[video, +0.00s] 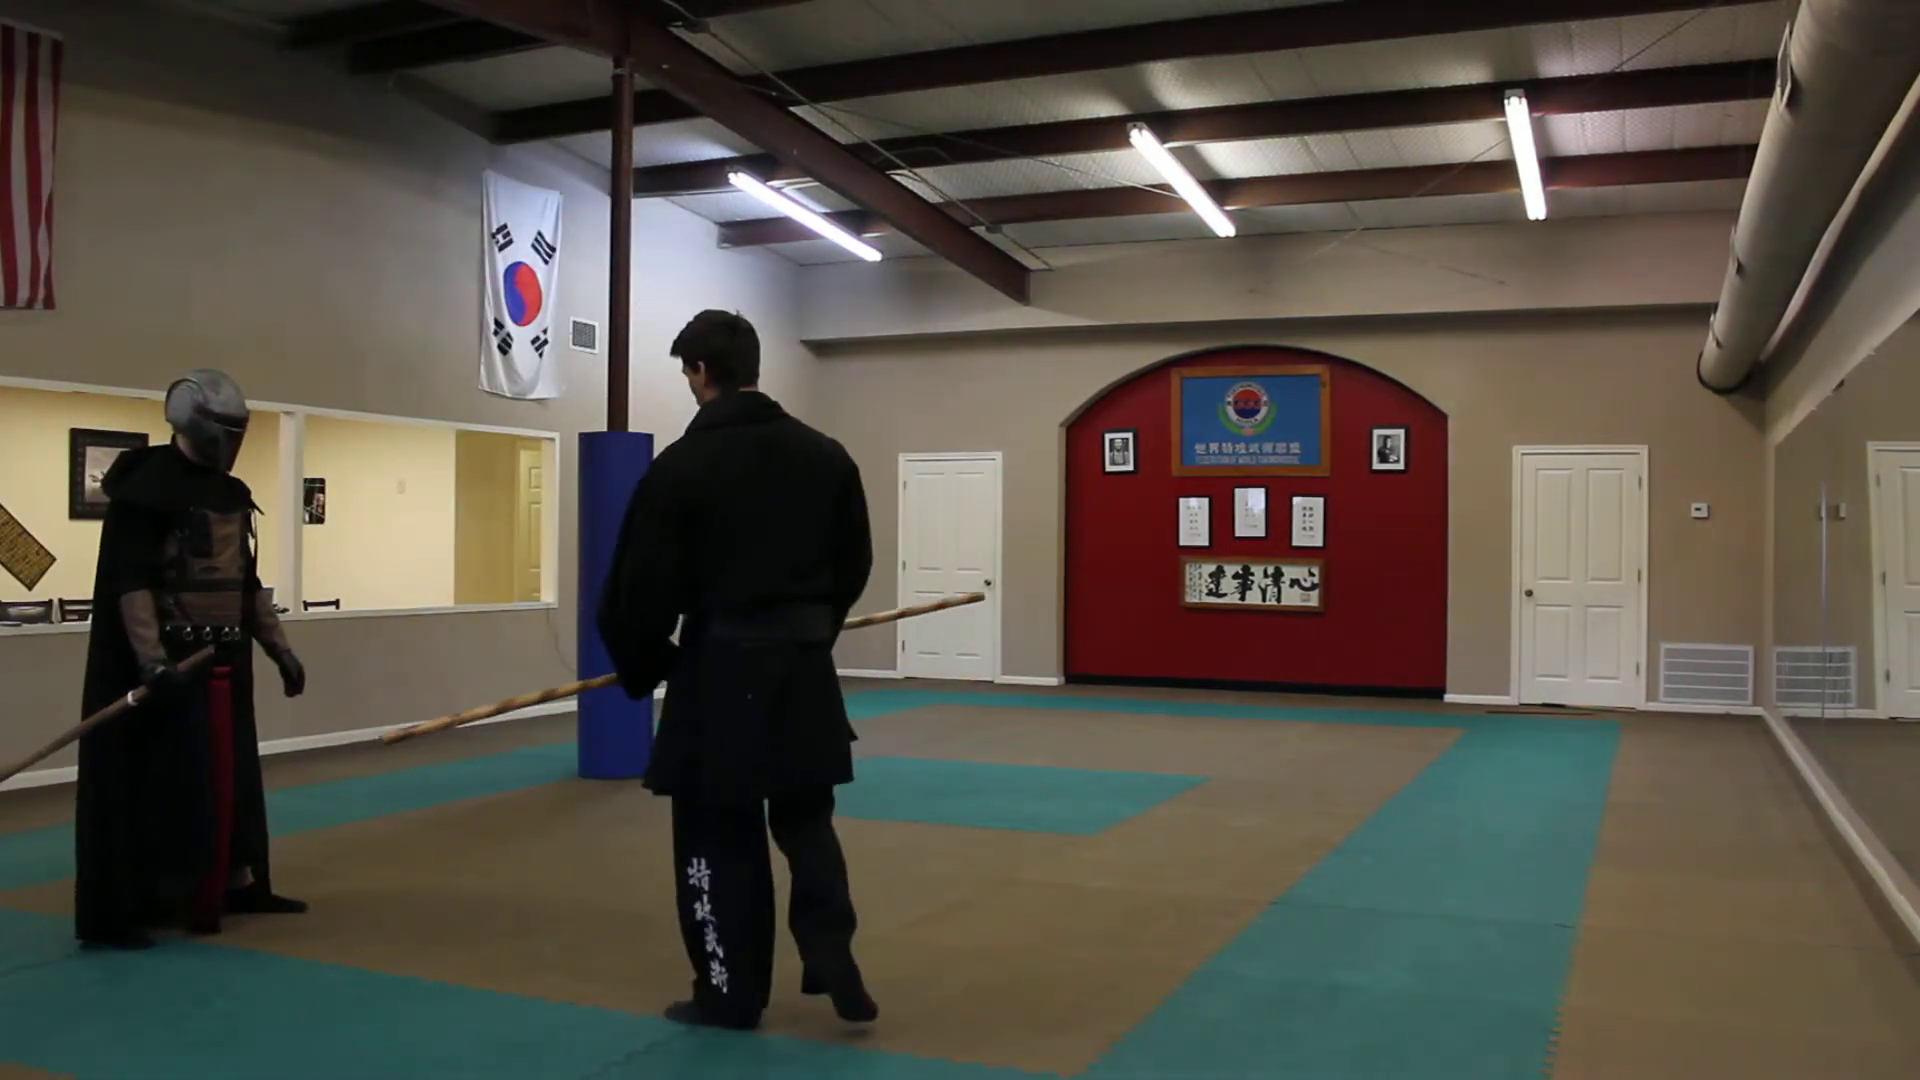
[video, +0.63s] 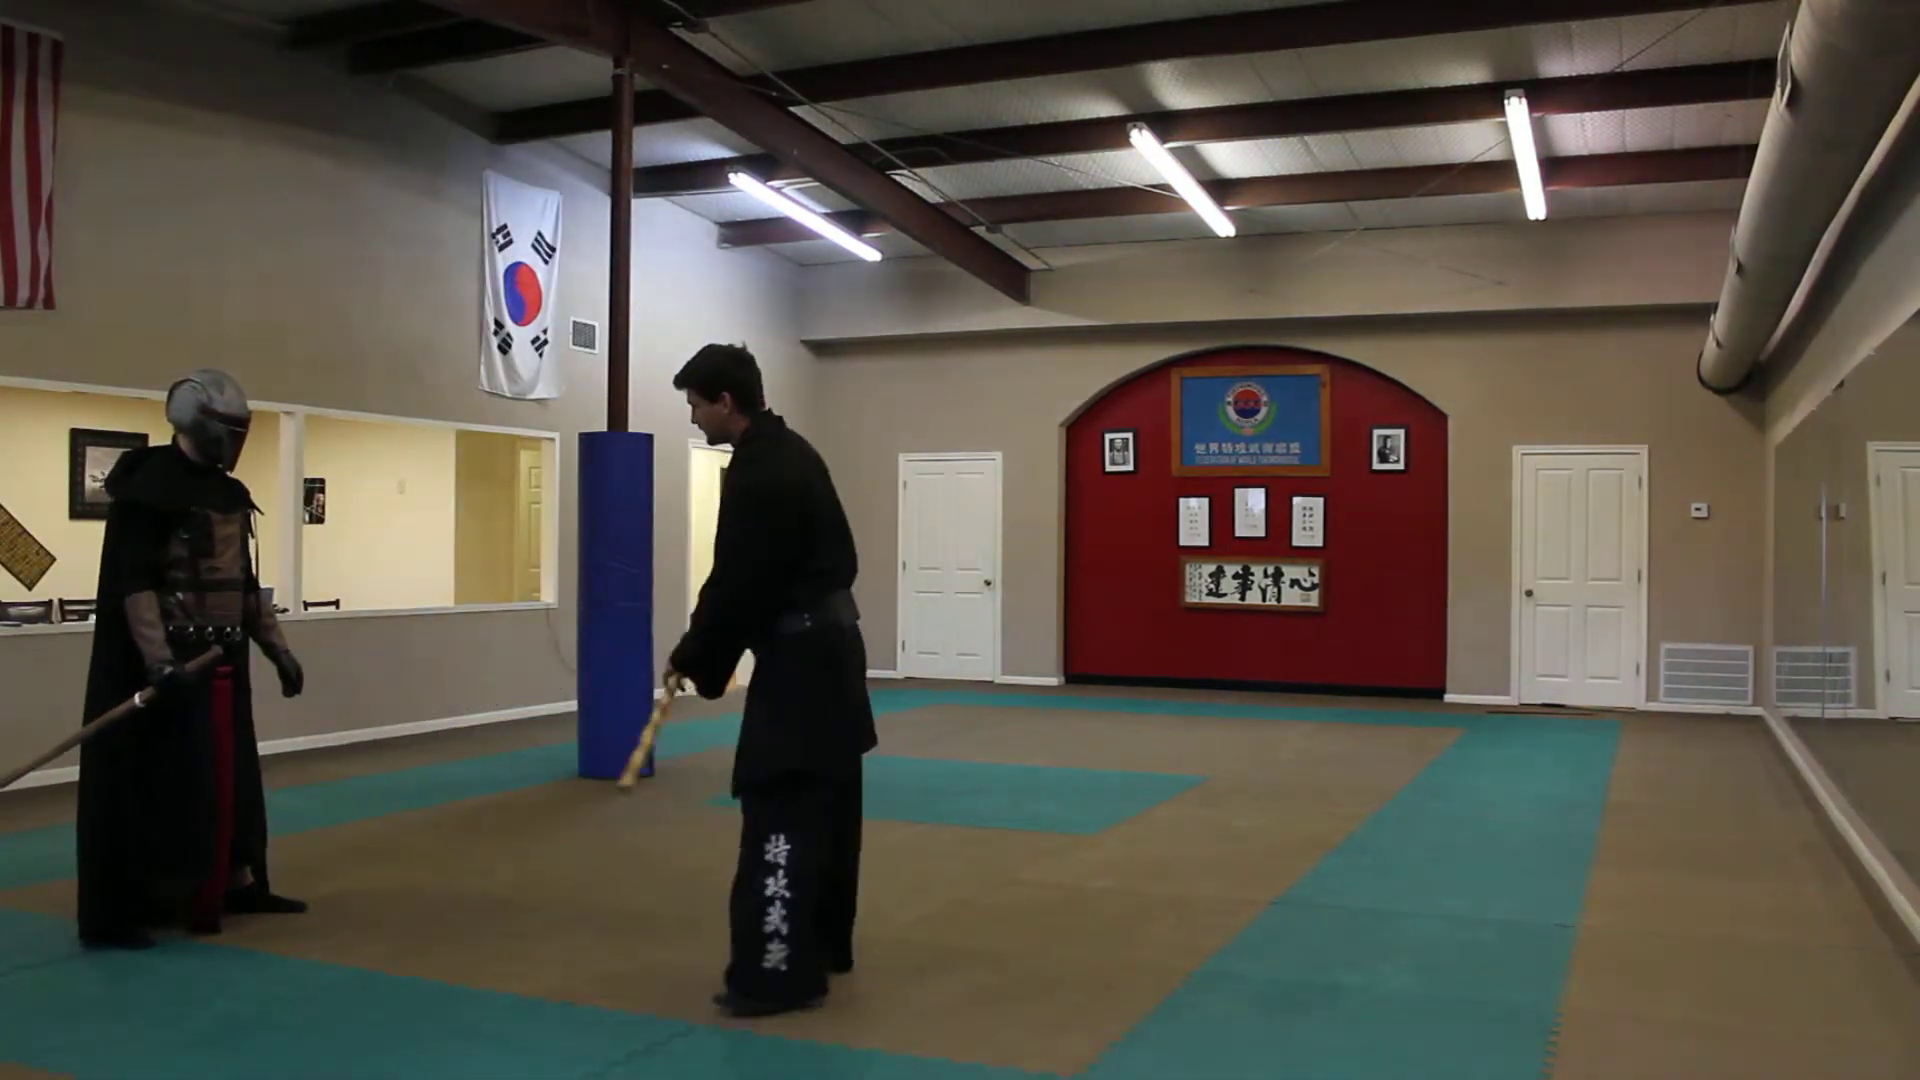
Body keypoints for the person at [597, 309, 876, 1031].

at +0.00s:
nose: (684, 385)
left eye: (683, 374)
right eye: (684, 374)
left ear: (699, 374)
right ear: (755, 369)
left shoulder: (680, 467)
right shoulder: (825, 456)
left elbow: (631, 598)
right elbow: (851, 568)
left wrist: (646, 669)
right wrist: (810, 634)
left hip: (716, 679)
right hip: (804, 676)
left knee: (715, 839)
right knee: (807, 817)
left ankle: (729, 996)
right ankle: (832, 953)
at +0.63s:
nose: (694, 419)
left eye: (697, 406)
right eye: (692, 406)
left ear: (727, 401)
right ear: (739, 399)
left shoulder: (757, 468)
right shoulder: (790, 453)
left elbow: (739, 581)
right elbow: (742, 572)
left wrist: (693, 658)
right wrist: (698, 640)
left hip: (798, 660)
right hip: (832, 649)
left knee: (777, 813)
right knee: (824, 805)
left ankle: (777, 976)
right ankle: (824, 946)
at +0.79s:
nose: (694, 425)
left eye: (698, 412)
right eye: (693, 413)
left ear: (731, 408)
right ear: (735, 407)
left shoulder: (780, 475)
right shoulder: (759, 467)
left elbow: (771, 590)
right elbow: (731, 556)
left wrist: (722, 664)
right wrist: (694, 621)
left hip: (821, 669)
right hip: (785, 665)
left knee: (823, 818)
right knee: (789, 810)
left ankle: (880, 954)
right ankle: (814, 937)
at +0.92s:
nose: (686, 434)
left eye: (692, 422)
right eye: (685, 422)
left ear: (725, 418)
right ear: (724, 419)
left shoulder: (793, 488)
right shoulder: (728, 494)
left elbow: (811, 595)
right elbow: (707, 590)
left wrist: (747, 667)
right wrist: (679, 663)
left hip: (826, 676)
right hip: (770, 678)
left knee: (847, 811)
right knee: (754, 789)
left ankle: (894, 958)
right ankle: (809, 936)